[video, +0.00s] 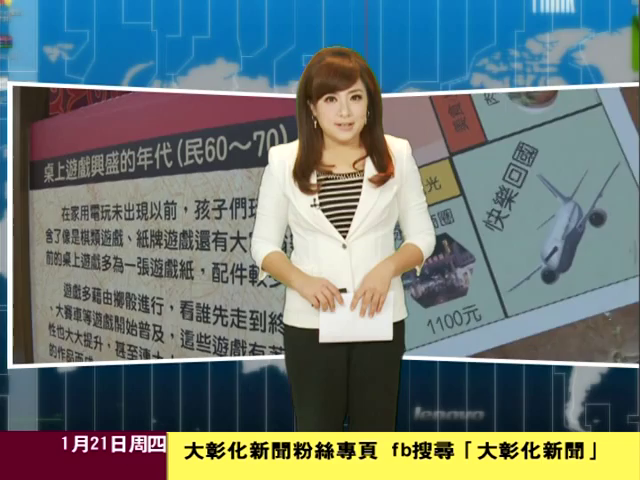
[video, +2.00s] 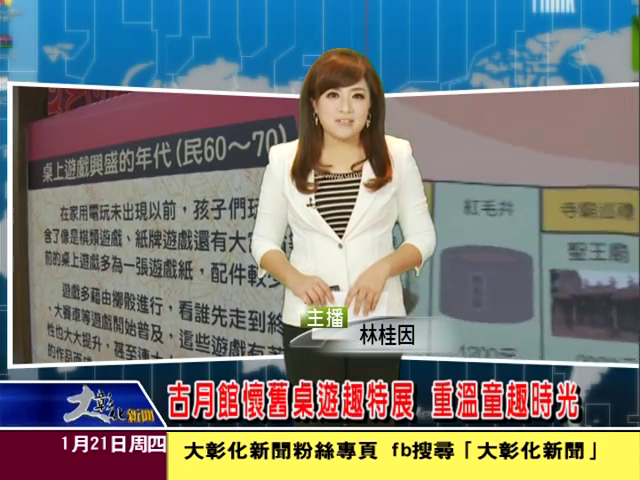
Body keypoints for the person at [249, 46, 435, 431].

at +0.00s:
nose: (345, 111)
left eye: (355, 98)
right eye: (331, 100)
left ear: (370, 102)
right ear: (311, 107)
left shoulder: (395, 155)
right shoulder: (285, 161)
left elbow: (422, 238)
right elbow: (263, 245)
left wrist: (387, 268)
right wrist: (302, 280)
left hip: (379, 329)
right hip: (311, 329)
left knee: (375, 446)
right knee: (316, 446)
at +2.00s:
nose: (346, 107)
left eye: (357, 96)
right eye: (333, 96)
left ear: (371, 105)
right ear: (313, 104)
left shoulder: (394, 156)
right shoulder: (285, 160)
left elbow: (423, 238)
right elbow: (263, 242)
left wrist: (382, 267)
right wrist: (296, 279)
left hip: (377, 323)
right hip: (308, 323)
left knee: (376, 439)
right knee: (314, 439)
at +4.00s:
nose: (347, 109)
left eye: (359, 97)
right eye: (334, 97)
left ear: (373, 104)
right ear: (315, 105)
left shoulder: (396, 155)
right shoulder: (287, 160)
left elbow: (424, 239)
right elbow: (265, 243)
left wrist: (383, 267)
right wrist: (297, 279)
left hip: (379, 323)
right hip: (309, 323)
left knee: (377, 439)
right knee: (314, 438)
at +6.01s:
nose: (343, 105)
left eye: (355, 94)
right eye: (330, 94)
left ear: (370, 103)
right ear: (312, 104)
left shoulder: (395, 155)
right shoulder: (286, 159)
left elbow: (422, 237)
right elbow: (268, 242)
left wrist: (389, 265)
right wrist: (289, 273)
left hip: (376, 326)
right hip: (307, 324)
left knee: (375, 441)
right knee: (313, 440)